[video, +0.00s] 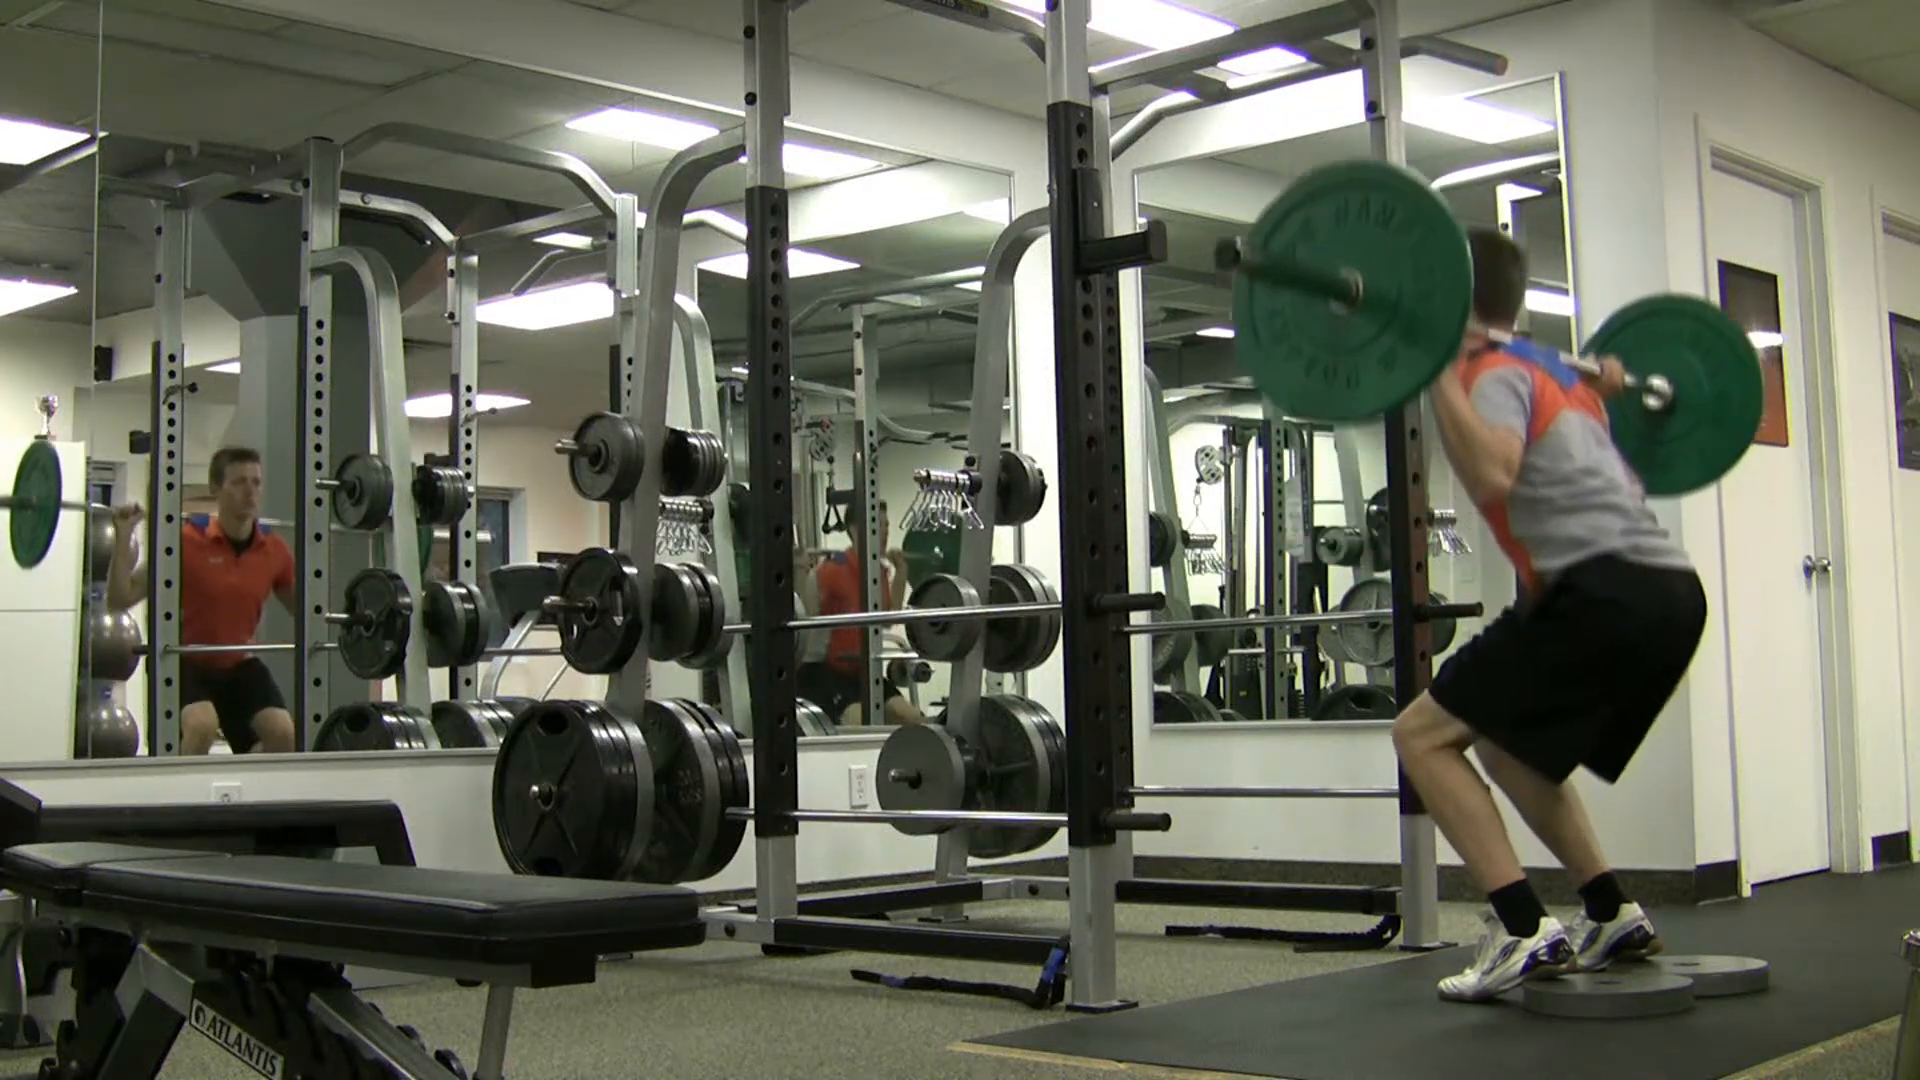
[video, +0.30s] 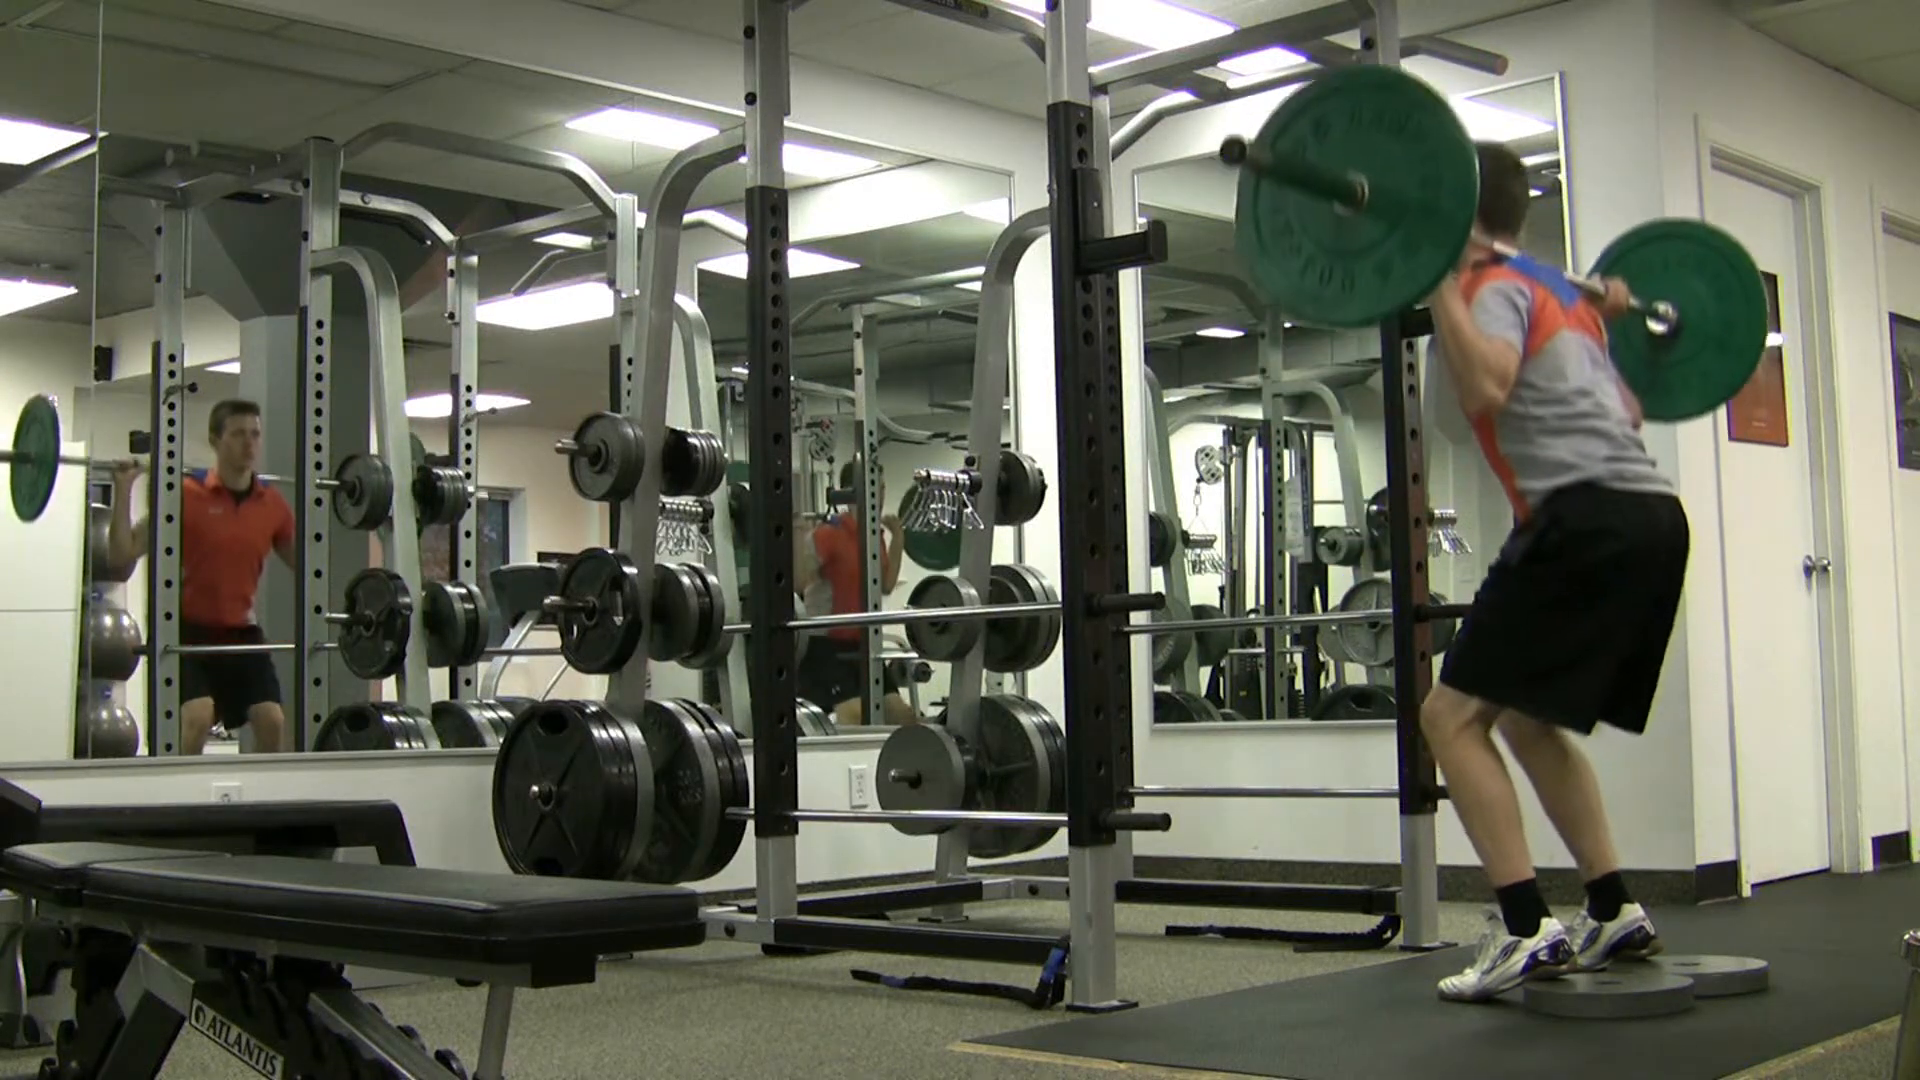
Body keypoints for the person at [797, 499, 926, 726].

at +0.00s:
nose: (882, 532)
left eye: (885, 525)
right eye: (873, 525)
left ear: (888, 527)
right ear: (854, 530)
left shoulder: (880, 571)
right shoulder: (832, 570)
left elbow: (890, 616)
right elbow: (810, 617)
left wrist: (901, 573)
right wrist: (801, 574)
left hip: (868, 670)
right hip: (831, 669)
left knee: (912, 719)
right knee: (858, 720)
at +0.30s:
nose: (880, 495)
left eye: (881, 487)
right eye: (874, 487)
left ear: (881, 491)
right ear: (856, 490)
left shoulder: (874, 534)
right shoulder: (830, 533)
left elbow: (887, 584)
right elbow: (800, 581)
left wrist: (898, 537)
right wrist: (798, 537)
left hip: (866, 642)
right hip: (834, 643)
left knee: (903, 718)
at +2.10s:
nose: (876, 525)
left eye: (881, 518)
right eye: (867, 518)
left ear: (886, 522)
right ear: (850, 522)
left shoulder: (879, 566)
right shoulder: (833, 563)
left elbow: (890, 609)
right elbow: (813, 602)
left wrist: (900, 568)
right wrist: (801, 567)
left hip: (869, 664)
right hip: (835, 664)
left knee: (909, 719)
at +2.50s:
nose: (884, 564)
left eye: (886, 557)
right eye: (875, 557)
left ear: (890, 559)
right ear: (854, 561)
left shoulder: (880, 601)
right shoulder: (832, 601)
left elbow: (888, 646)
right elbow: (820, 644)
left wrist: (901, 603)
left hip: (868, 689)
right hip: (834, 691)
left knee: (916, 722)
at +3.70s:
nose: (884, 527)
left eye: (886, 519)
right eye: (876, 519)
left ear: (889, 522)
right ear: (854, 525)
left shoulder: (881, 566)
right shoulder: (830, 564)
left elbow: (890, 612)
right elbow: (808, 610)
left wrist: (903, 566)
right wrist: (801, 566)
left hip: (866, 665)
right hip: (826, 664)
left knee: (910, 718)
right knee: (857, 719)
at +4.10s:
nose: (883, 487)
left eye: (884, 479)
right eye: (877, 479)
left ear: (882, 482)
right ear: (859, 482)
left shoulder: (876, 524)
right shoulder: (833, 522)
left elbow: (887, 576)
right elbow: (801, 571)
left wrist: (900, 530)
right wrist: (800, 523)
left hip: (866, 631)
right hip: (833, 631)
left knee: (892, 709)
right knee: (849, 711)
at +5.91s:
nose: (883, 512)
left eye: (885, 506)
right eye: (875, 506)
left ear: (888, 510)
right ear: (854, 511)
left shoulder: (881, 552)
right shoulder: (835, 549)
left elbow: (889, 603)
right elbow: (807, 594)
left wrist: (902, 555)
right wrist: (801, 552)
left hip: (872, 653)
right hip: (841, 654)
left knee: (907, 719)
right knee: (854, 722)